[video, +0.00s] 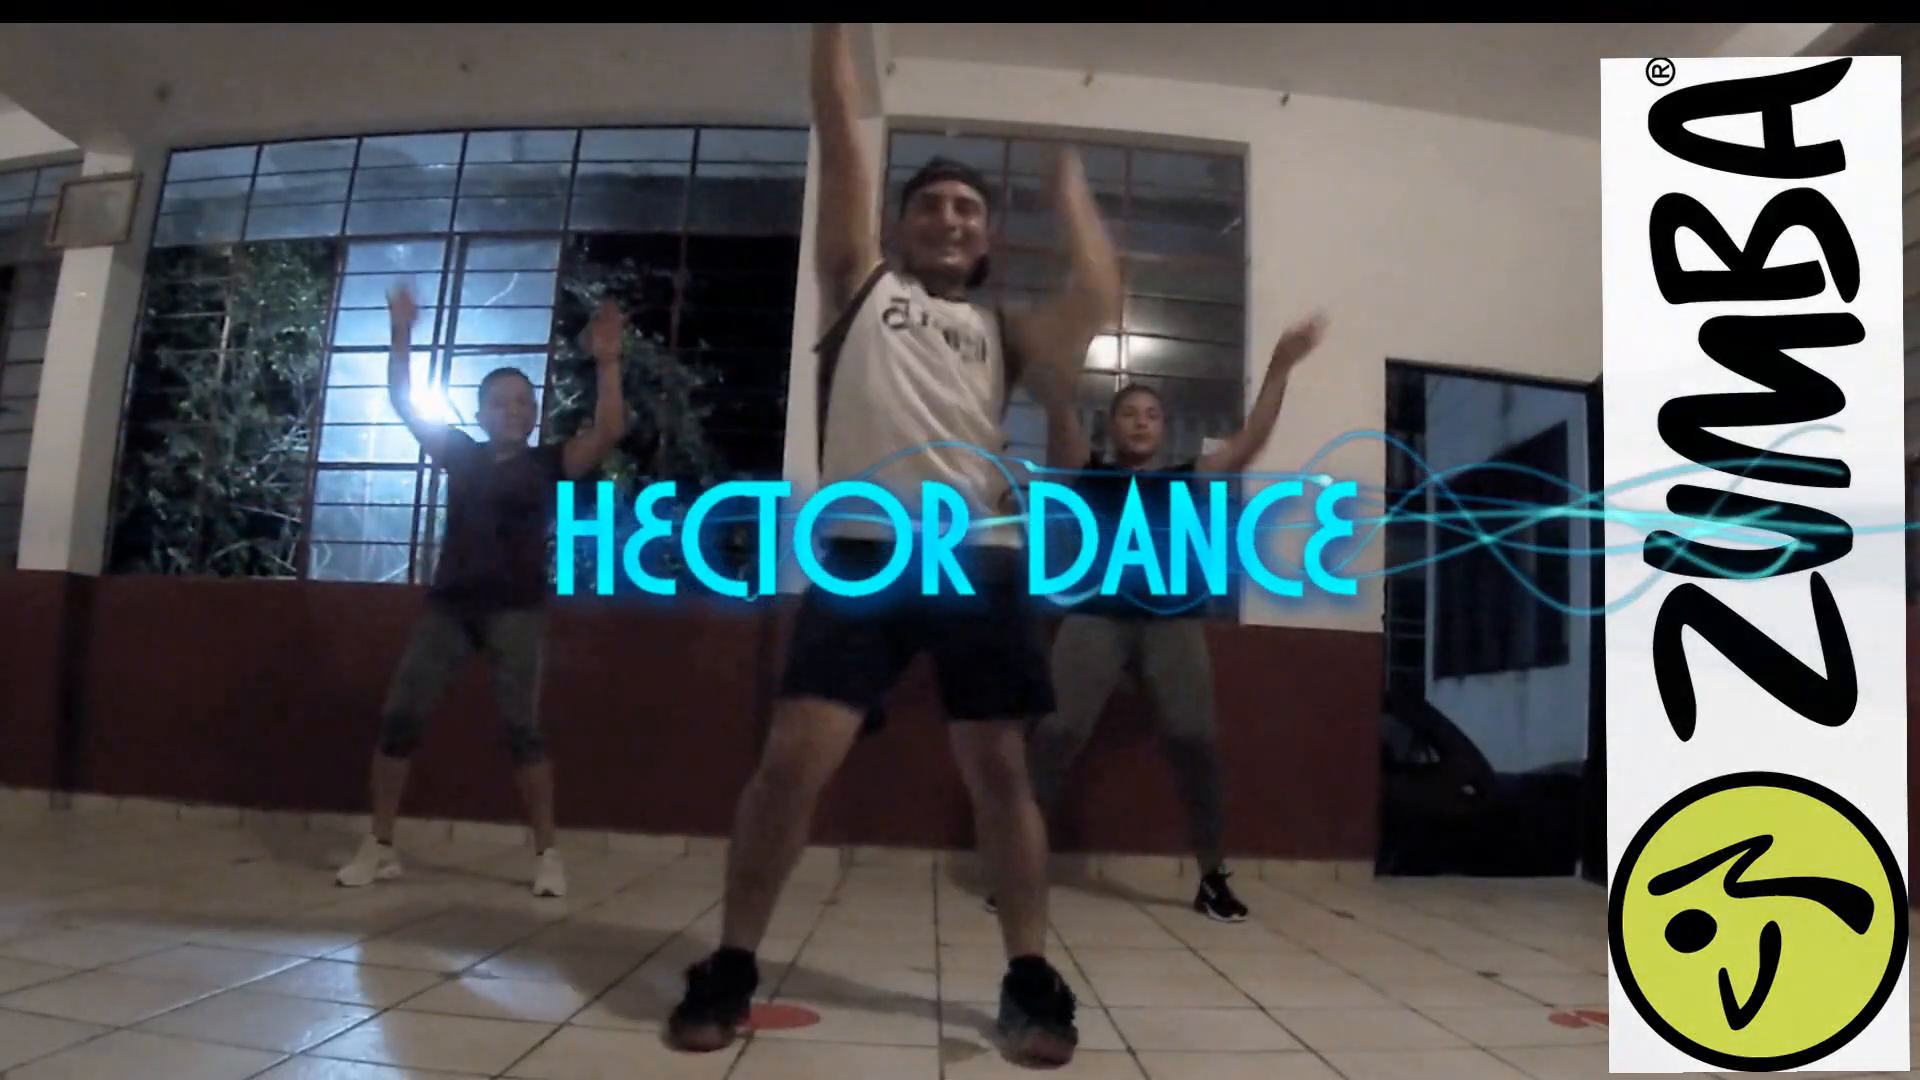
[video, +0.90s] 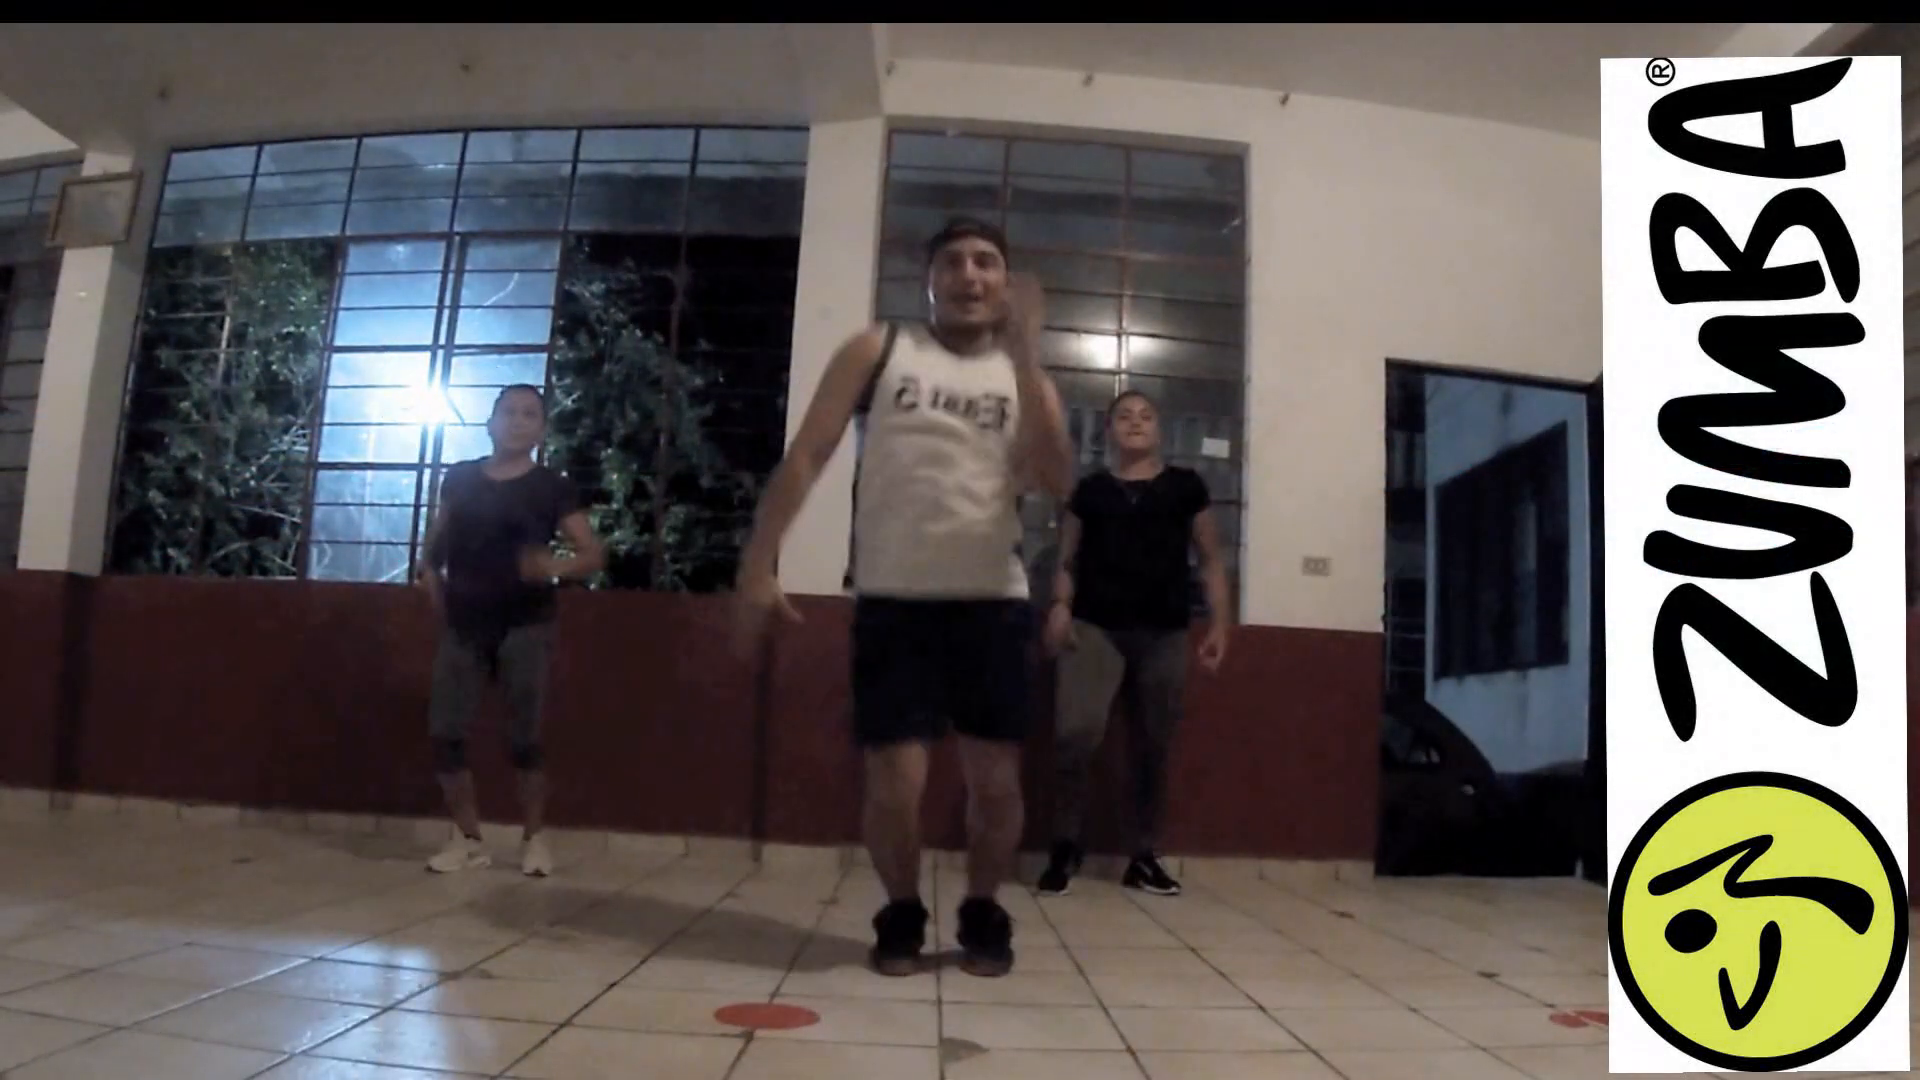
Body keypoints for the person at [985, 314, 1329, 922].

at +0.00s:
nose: (1140, 422)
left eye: (1150, 415)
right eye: (1130, 414)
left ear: (1166, 428)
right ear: (1110, 425)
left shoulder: (1189, 478)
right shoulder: (1087, 476)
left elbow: (1249, 439)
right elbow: (1060, 413)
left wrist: (1280, 366)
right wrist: (1061, 352)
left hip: (1174, 621)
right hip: (1097, 618)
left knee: (1194, 737)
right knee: (1059, 730)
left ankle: (1212, 874)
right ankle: (1018, 864)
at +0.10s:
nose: (1129, 424)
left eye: (1140, 417)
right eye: (1120, 414)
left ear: (1151, 431)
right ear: (1099, 424)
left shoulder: (1164, 489)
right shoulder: (1071, 477)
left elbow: (1226, 527)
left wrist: (1239, 470)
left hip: (1150, 623)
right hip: (1074, 621)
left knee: (1184, 741)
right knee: (1051, 744)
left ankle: (1211, 874)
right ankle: (1016, 876)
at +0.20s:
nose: (1122, 417)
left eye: (1132, 410)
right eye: (1111, 409)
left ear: (1143, 426)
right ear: (1090, 419)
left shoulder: (1152, 488)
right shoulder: (1063, 467)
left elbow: (1178, 553)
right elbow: (1045, 381)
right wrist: (1068, 310)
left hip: (1141, 619)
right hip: (1068, 617)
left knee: (1187, 725)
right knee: (1041, 734)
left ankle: (1202, 860)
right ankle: (1005, 871)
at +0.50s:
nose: (1127, 427)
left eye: (1136, 420)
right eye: (1115, 420)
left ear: (1148, 434)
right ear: (1097, 432)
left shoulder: (1165, 494)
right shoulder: (1079, 483)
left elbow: (1189, 551)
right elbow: (1035, 431)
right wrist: (1063, 357)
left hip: (1156, 632)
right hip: (1091, 628)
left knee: (1163, 744)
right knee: (1064, 742)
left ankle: (1144, 854)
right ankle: (1017, 862)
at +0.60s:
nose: (1137, 433)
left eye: (1144, 425)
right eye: (1125, 427)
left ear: (1156, 435)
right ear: (1108, 439)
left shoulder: (1179, 501)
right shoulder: (1098, 489)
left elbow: (1186, 574)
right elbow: (1043, 495)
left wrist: (1195, 639)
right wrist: (1069, 432)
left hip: (1165, 642)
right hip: (1102, 637)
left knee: (1164, 752)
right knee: (1071, 750)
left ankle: (1143, 860)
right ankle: (1020, 863)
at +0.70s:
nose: (1146, 432)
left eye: (1152, 425)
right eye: (1135, 426)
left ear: (1165, 437)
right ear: (1115, 439)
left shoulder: (1189, 500)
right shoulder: (1098, 493)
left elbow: (1209, 571)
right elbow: (1073, 563)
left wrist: (1228, 637)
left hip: (1166, 640)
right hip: (1102, 634)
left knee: (1166, 748)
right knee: (1071, 739)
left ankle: (1144, 857)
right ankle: (1030, 858)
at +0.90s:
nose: (1135, 424)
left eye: (1144, 416)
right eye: (1125, 417)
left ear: (1160, 429)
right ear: (1109, 430)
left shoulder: (1184, 487)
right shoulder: (1090, 490)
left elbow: (1211, 558)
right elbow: (1067, 561)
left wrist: (1219, 623)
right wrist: (1060, 608)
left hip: (1162, 635)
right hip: (1095, 632)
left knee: (1155, 744)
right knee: (1075, 736)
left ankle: (1142, 855)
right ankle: (1064, 849)